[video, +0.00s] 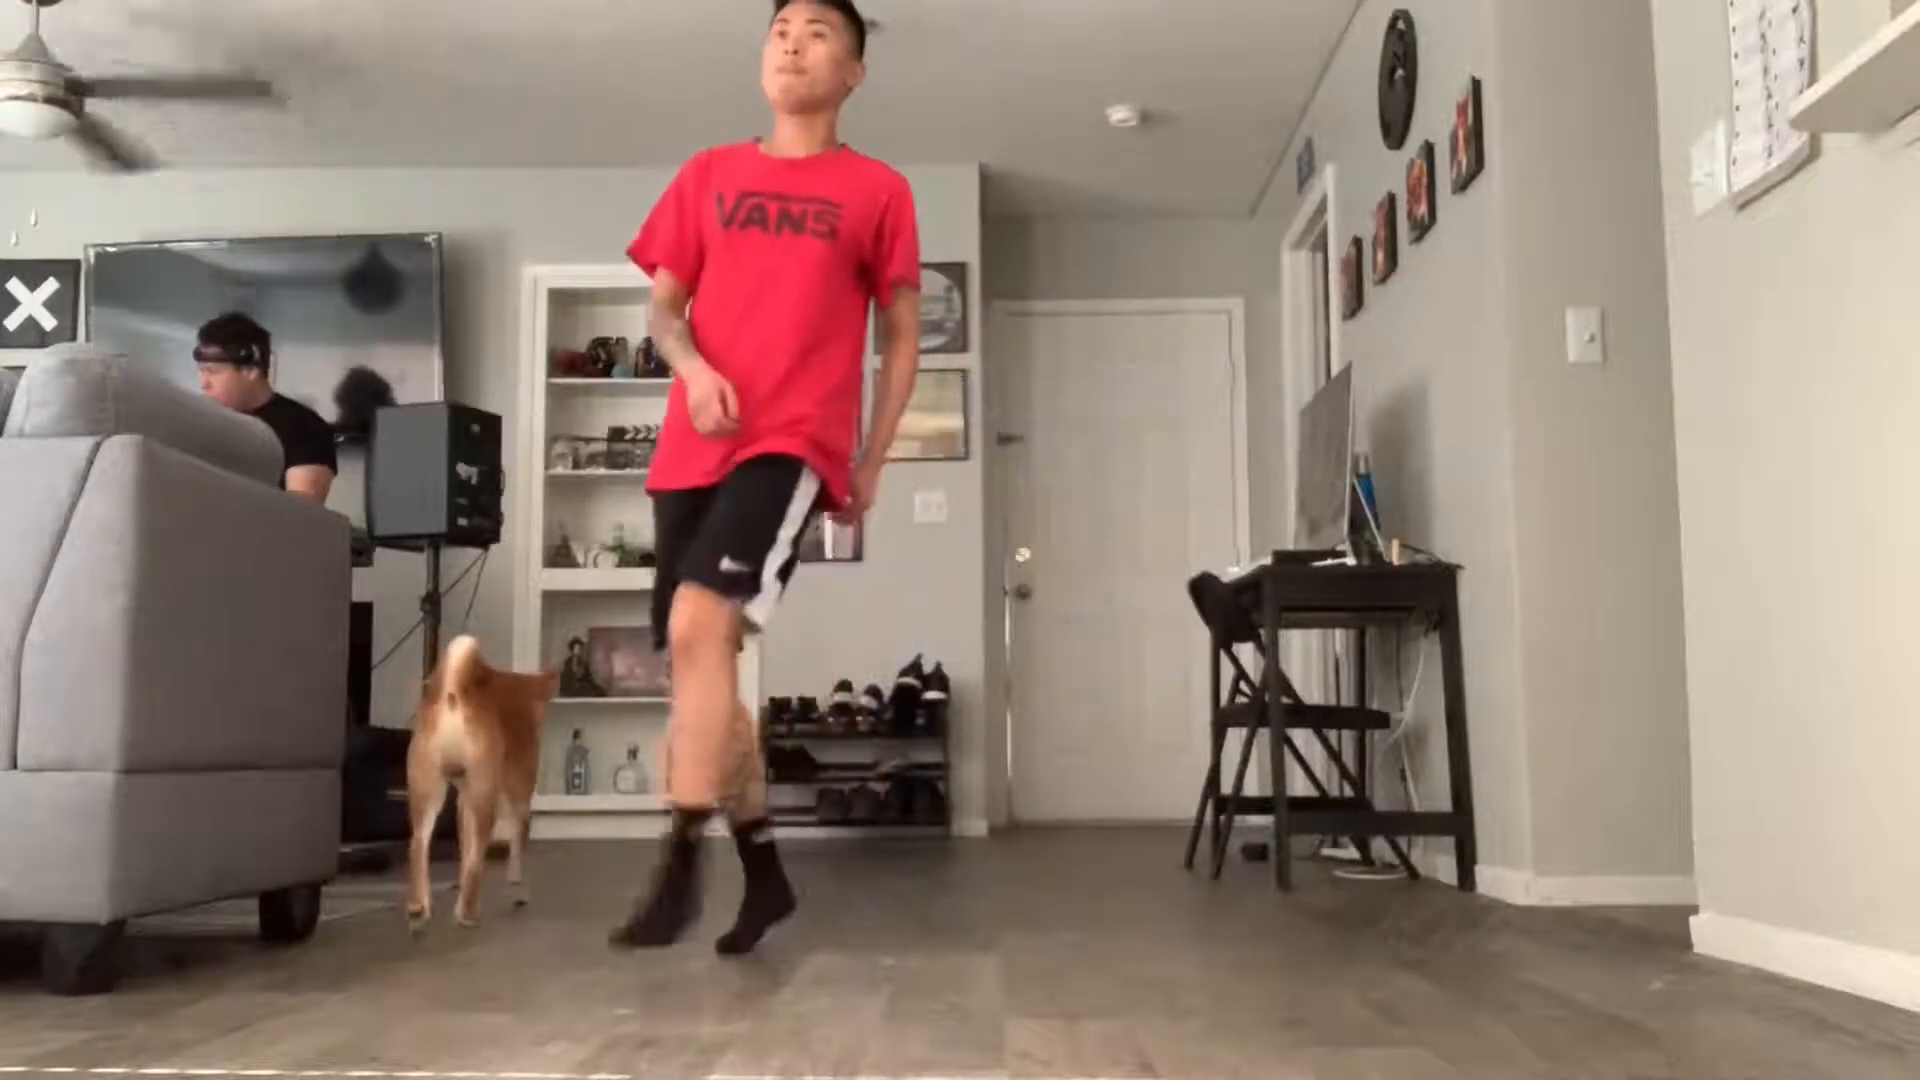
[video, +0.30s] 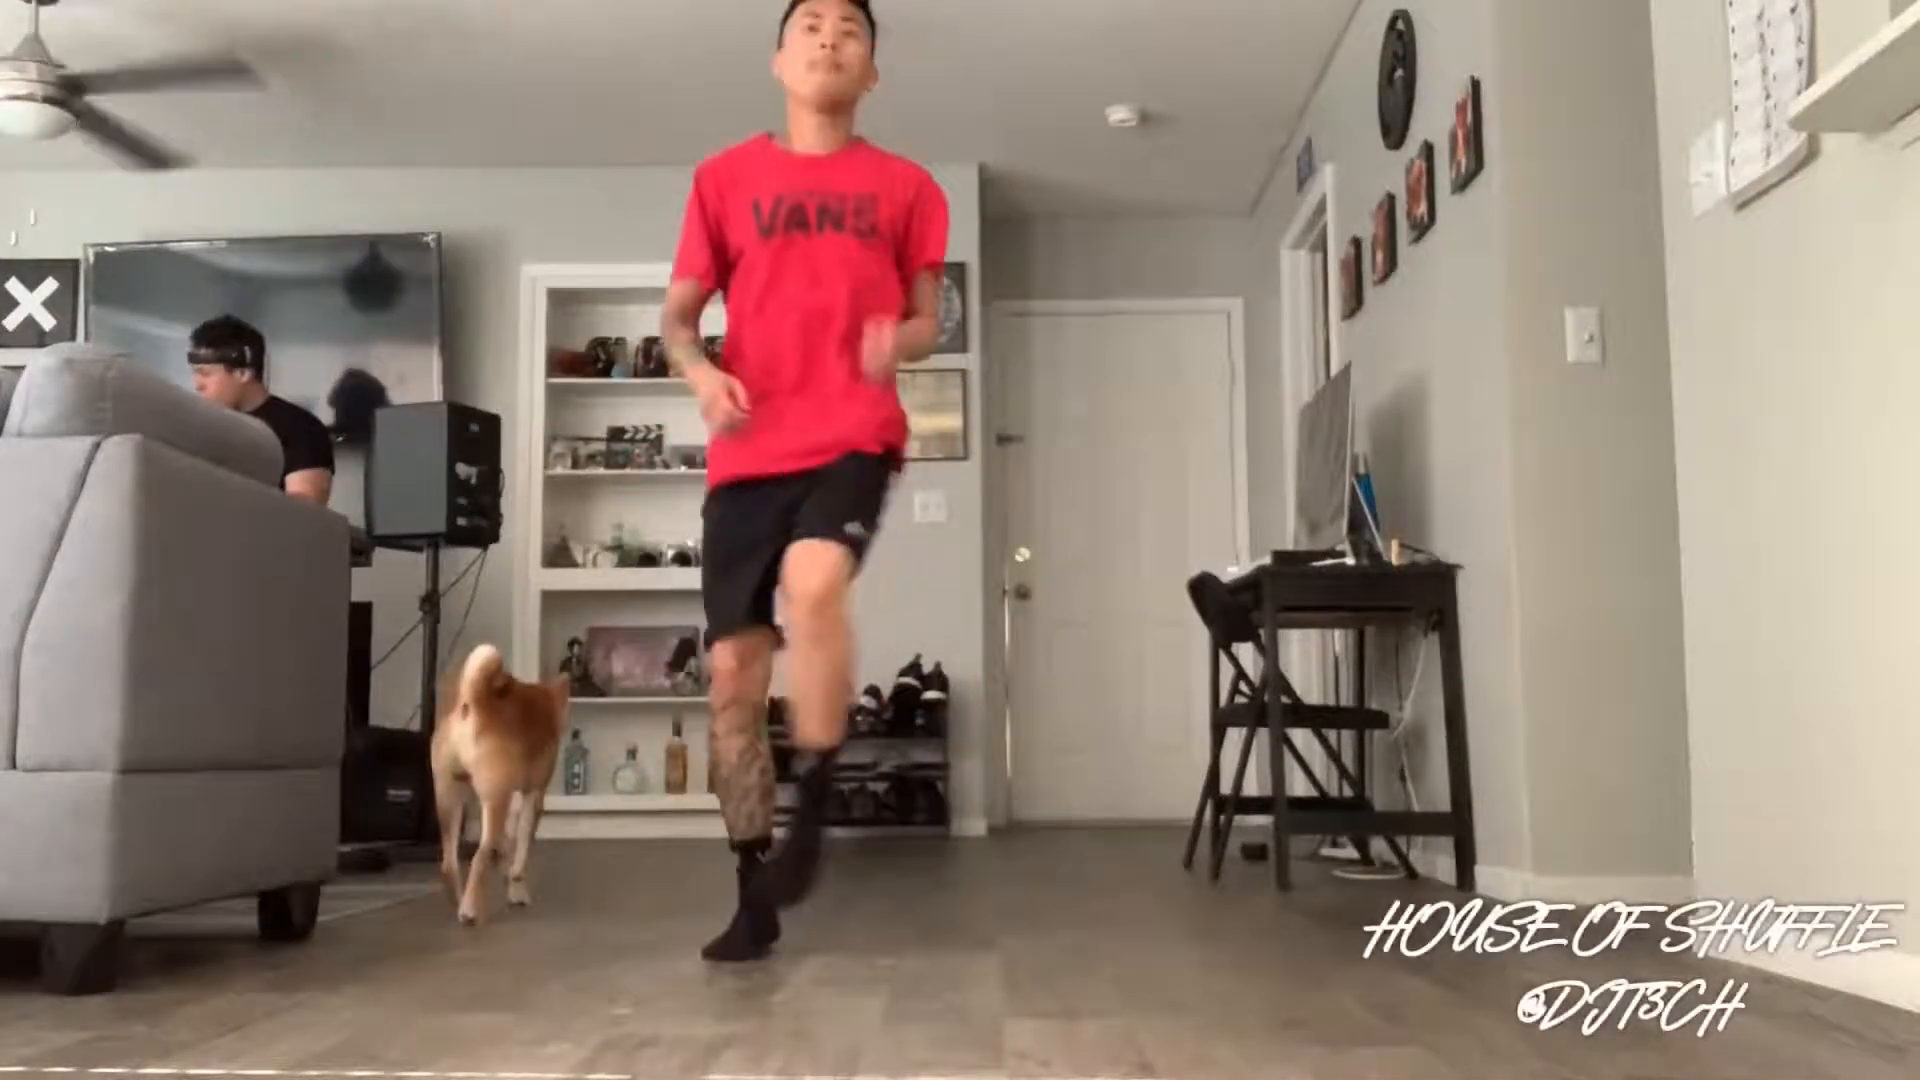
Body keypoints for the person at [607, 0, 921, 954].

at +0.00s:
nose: (789, 48)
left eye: (814, 37)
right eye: (779, 35)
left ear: (853, 73)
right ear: (760, 63)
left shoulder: (879, 191)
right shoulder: (708, 174)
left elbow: (902, 338)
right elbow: (662, 308)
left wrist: (871, 460)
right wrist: (691, 367)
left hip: (793, 437)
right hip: (693, 435)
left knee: (699, 621)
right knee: (694, 651)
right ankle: (765, 871)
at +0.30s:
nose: (827, 43)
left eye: (847, 34)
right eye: (808, 31)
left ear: (873, 74)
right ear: (776, 64)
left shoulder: (906, 186)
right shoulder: (725, 178)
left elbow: (927, 323)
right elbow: (677, 319)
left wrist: (895, 341)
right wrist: (699, 373)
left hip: (851, 437)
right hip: (750, 446)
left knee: (813, 583)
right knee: (730, 664)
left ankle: (810, 811)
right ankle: (753, 893)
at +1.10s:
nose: (1166, 95)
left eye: (1165, 80)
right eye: (1145, 76)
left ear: (1149, 102)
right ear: (1086, 97)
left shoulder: (1145, 220)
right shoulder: (1058, 208)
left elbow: (1154, 366)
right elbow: (1003, 357)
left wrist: (1220, 460)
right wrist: (1040, 480)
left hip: (1182, 484)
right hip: (1135, 484)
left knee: (1140, 689)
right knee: (1265, 675)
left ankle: (1079, 874)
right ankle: (1287, 901)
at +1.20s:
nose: (1180, 58)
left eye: (1180, 40)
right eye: (1161, 39)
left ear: (1147, 62)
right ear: (1099, 58)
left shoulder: (1145, 177)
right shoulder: (1069, 154)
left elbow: (1132, 318)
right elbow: (1012, 289)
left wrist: (1187, 414)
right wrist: (1110, 369)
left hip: (1181, 447)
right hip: (1115, 456)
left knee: (1262, 630)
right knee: (1193, 661)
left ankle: (1140, 771)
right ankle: (1201, 881)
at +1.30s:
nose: (1182, 65)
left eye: (1183, 52)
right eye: (1163, 50)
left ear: (1160, 81)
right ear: (1103, 74)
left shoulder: (1141, 185)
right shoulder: (1088, 157)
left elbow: (1105, 317)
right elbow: (1021, 259)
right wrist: (1153, 261)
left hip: (1166, 440)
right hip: (1100, 460)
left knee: (1293, 519)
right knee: (1160, 678)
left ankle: (1201, 649)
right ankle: (1129, 893)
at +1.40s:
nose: (1171, 42)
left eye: (1172, 29)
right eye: (1150, 27)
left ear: (1155, 57)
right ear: (1092, 52)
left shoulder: (1136, 157)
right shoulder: (1073, 127)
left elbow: (1103, 297)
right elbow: (1017, 241)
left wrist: (1156, 375)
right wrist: (1151, 275)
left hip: (1157, 424)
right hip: (1085, 435)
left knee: (1255, 551)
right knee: (1115, 662)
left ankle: (1188, 747)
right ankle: (1105, 880)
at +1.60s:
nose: (1108, 48)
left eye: (1119, 36)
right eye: (1087, 33)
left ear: (1131, 66)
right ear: (1042, 63)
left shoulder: (1120, 194)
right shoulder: (1012, 156)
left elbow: (1097, 323)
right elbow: (958, 289)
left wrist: (1158, 340)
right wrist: (1060, 344)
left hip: (1133, 463)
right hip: (1040, 458)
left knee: (1155, 655)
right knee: (1048, 663)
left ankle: (1173, 903)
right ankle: (993, 872)